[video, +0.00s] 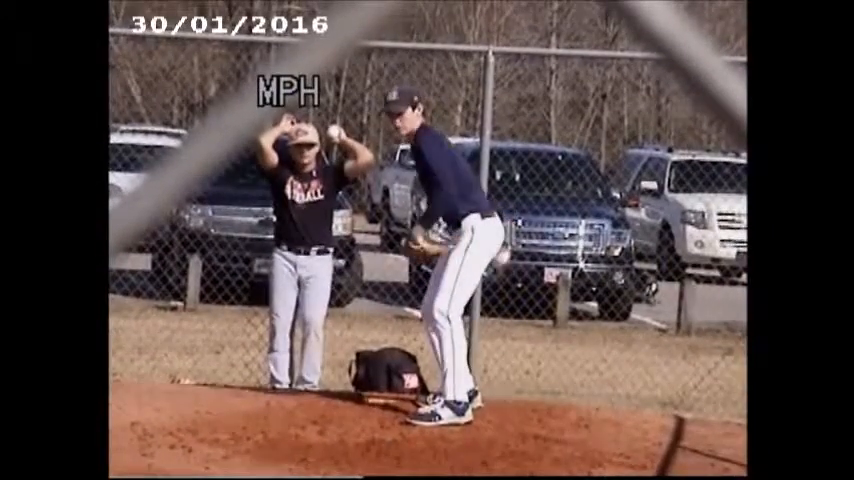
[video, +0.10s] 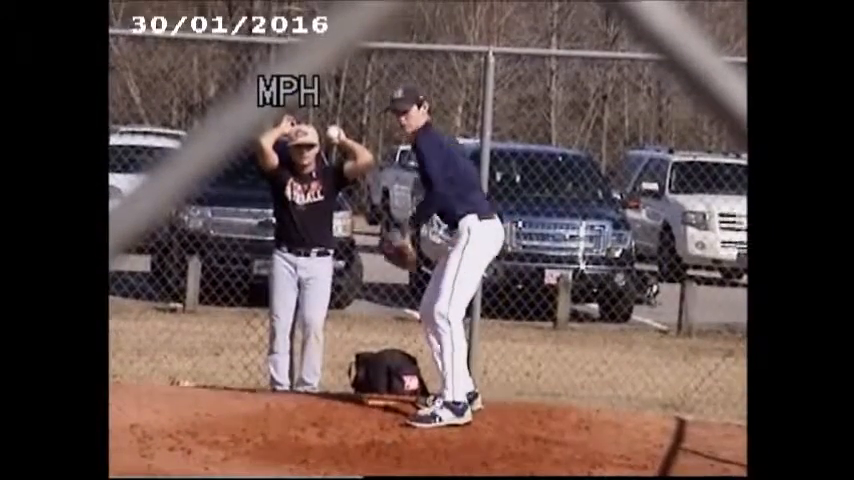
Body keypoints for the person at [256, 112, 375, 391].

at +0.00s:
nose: (304, 153)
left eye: (309, 147)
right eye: (299, 148)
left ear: (318, 148)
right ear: (290, 150)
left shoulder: (331, 175)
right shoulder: (281, 174)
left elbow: (367, 159)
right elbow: (263, 144)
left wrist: (343, 140)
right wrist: (280, 129)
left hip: (319, 259)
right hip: (285, 257)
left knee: (313, 322)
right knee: (280, 321)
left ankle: (309, 381)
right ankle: (278, 381)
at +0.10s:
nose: (304, 153)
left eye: (309, 147)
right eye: (299, 148)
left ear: (318, 149)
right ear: (290, 150)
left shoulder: (331, 175)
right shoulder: (280, 175)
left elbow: (366, 160)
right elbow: (263, 145)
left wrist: (343, 141)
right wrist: (280, 130)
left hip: (319, 260)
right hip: (285, 258)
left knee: (313, 324)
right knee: (280, 323)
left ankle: (309, 384)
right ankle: (279, 384)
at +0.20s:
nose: (304, 152)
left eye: (309, 146)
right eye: (298, 147)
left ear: (318, 148)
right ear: (289, 150)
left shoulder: (331, 174)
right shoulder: (281, 175)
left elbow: (366, 158)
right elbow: (264, 144)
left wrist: (342, 139)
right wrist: (281, 128)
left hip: (319, 259)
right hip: (285, 257)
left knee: (313, 322)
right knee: (280, 322)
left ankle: (308, 382)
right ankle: (279, 382)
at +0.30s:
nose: (304, 153)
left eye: (310, 147)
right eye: (298, 148)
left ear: (319, 149)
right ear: (289, 151)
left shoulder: (331, 177)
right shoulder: (281, 177)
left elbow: (362, 160)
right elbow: (266, 148)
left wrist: (342, 140)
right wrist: (282, 130)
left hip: (320, 261)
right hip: (286, 259)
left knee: (313, 324)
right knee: (281, 323)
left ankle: (309, 384)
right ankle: (280, 384)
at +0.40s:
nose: (304, 150)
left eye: (310, 144)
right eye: (299, 145)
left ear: (318, 147)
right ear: (290, 147)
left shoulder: (330, 173)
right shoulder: (281, 173)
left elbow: (355, 156)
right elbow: (268, 146)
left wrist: (340, 137)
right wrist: (283, 126)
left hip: (320, 258)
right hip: (285, 256)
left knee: (314, 322)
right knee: (280, 320)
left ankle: (309, 380)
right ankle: (280, 379)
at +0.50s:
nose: (304, 153)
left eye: (310, 147)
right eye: (299, 147)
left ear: (318, 149)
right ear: (291, 149)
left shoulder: (330, 174)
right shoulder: (281, 174)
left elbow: (358, 157)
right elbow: (268, 148)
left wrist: (339, 138)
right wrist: (282, 129)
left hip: (320, 260)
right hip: (286, 258)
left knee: (314, 324)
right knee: (281, 322)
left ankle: (309, 383)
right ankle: (280, 382)